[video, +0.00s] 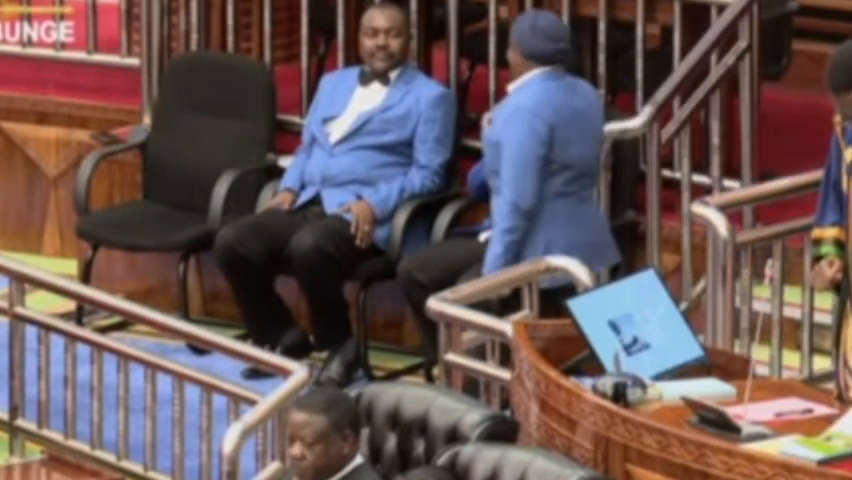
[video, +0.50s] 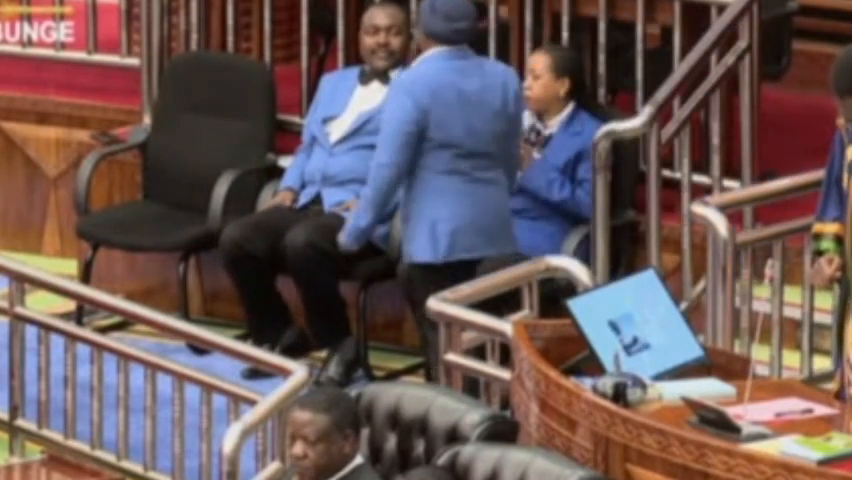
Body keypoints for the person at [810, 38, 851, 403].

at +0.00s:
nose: (842, 118)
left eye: (847, 108)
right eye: (840, 108)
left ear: (850, 99)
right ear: (834, 102)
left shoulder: (841, 139)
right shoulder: (840, 138)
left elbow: (832, 196)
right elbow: (832, 195)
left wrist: (831, 250)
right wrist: (829, 248)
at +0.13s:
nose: (841, 121)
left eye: (846, 111)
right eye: (840, 110)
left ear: (849, 103)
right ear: (834, 103)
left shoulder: (841, 139)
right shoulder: (841, 138)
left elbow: (833, 195)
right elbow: (833, 194)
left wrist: (831, 249)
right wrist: (829, 247)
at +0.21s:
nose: (841, 121)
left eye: (846, 111)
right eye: (840, 110)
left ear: (849, 103)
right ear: (835, 102)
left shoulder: (841, 139)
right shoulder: (841, 138)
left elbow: (833, 193)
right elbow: (833, 192)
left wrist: (831, 248)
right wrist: (829, 246)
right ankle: (843, 387)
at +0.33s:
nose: (842, 122)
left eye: (846, 112)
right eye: (840, 111)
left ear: (849, 105)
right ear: (835, 104)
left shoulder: (840, 141)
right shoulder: (841, 140)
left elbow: (834, 193)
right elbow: (834, 192)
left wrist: (830, 247)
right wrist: (828, 245)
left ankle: (842, 382)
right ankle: (842, 383)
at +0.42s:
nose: (843, 123)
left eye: (846, 113)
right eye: (841, 113)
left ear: (848, 106)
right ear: (836, 105)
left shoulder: (840, 140)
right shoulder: (841, 139)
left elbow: (834, 194)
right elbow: (833, 192)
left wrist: (830, 245)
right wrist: (828, 244)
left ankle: (842, 382)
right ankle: (841, 382)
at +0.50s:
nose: (842, 124)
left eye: (846, 114)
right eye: (841, 113)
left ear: (847, 108)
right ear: (837, 107)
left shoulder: (840, 141)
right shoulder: (841, 140)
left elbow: (834, 195)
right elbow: (833, 194)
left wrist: (830, 246)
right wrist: (827, 245)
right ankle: (841, 378)